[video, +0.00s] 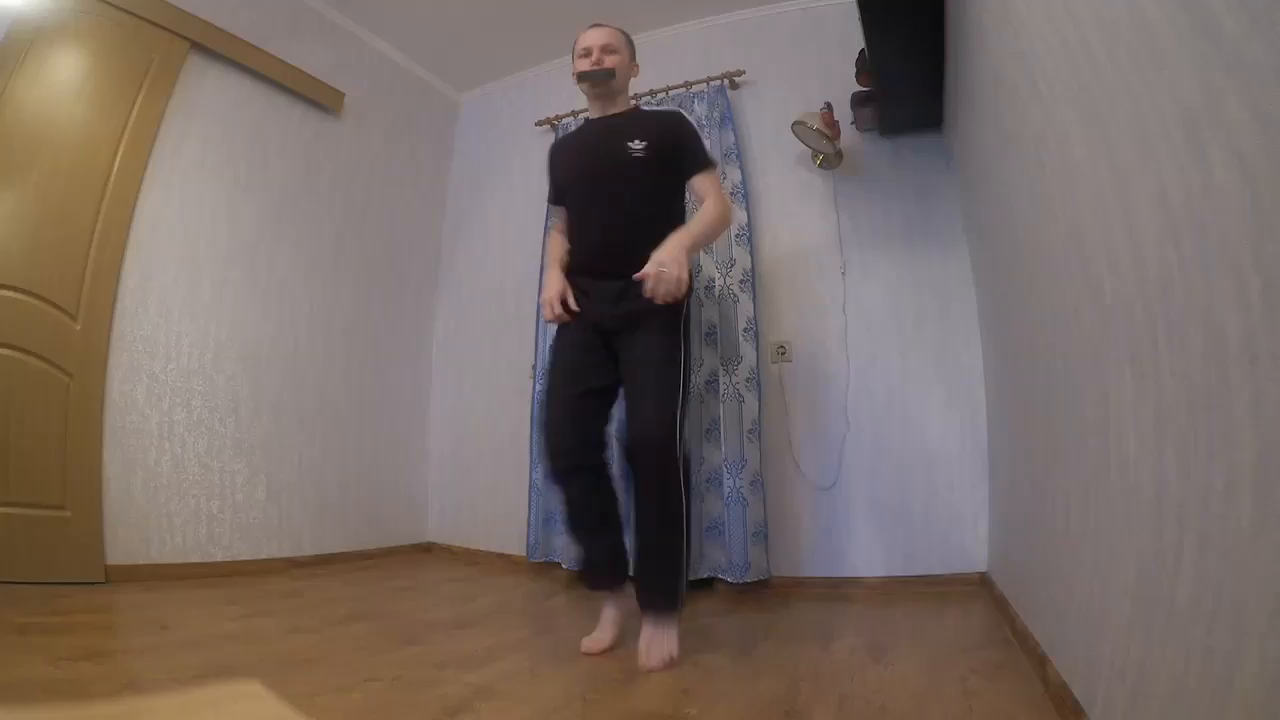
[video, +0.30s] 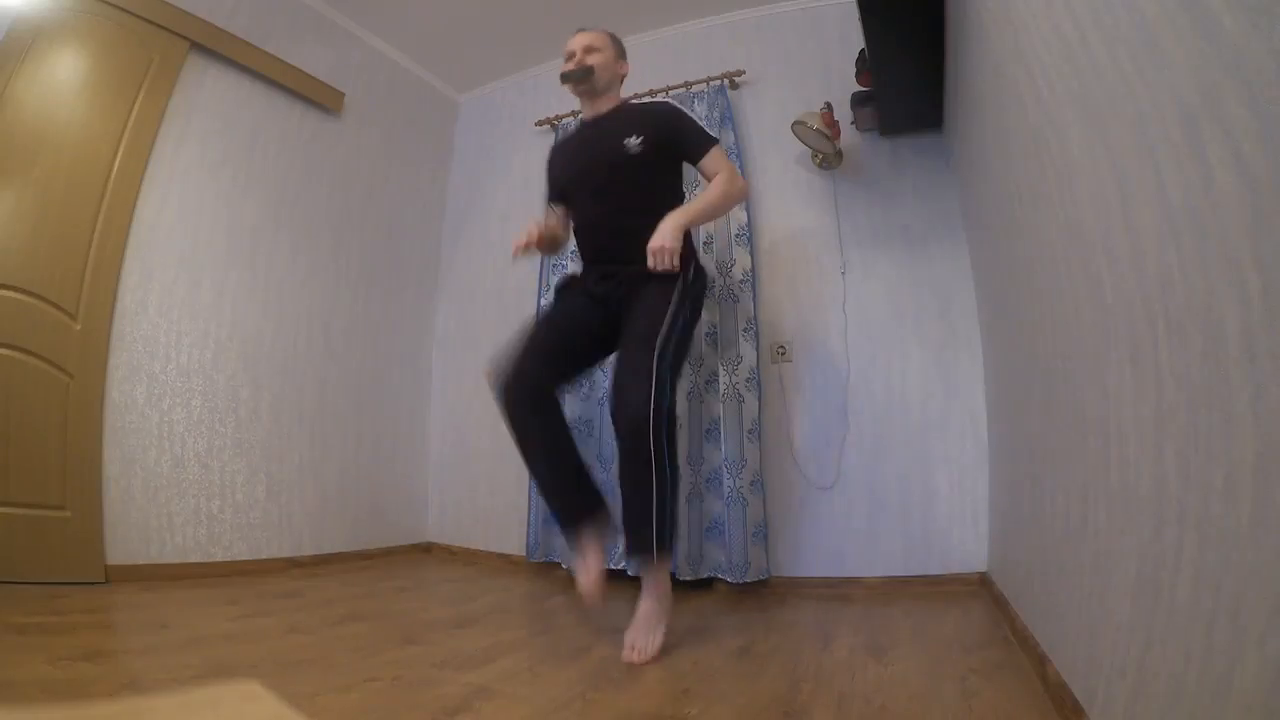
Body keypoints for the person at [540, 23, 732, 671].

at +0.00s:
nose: (594, 59)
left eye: (607, 51)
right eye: (583, 53)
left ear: (633, 67)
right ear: (574, 71)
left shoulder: (668, 127)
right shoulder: (564, 148)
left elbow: (718, 206)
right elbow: (559, 227)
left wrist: (680, 245)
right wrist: (553, 271)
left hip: (653, 311)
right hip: (585, 314)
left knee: (652, 444)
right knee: (568, 448)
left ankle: (660, 607)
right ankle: (614, 592)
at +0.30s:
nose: (575, 58)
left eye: (589, 50)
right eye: (567, 55)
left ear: (621, 68)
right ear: (564, 77)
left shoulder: (657, 118)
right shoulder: (564, 150)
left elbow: (731, 184)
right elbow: (560, 226)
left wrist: (677, 220)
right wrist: (543, 234)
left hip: (665, 281)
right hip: (598, 288)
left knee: (637, 403)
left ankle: (655, 582)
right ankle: (586, 523)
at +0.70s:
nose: (592, 84)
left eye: (607, 76)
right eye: (584, 80)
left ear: (635, 96)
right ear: (576, 103)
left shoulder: (670, 162)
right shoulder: (559, 169)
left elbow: (709, 240)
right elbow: (522, 252)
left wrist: (671, 248)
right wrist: (515, 242)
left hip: (659, 306)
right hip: (591, 317)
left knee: (616, 257)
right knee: (597, 459)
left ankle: (634, 446)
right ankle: (621, 596)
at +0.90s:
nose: (589, 73)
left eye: (605, 66)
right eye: (583, 69)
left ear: (634, 87)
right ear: (579, 96)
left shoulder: (662, 139)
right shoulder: (587, 168)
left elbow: (720, 206)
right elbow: (598, 255)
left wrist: (636, 207)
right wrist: (552, 260)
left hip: (661, 302)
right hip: (603, 301)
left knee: (655, 446)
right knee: (502, 311)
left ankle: (669, 600)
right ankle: (564, 452)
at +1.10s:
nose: (609, 65)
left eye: (623, 59)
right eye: (601, 62)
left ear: (650, 82)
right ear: (594, 87)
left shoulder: (677, 135)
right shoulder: (586, 150)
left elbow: (710, 207)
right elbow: (588, 223)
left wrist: (621, 165)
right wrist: (574, 248)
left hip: (663, 290)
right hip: (600, 293)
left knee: (641, 410)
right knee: (547, 412)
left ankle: (667, 572)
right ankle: (596, 551)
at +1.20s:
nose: (610, 83)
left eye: (623, 74)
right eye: (602, 79)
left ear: (651, 93)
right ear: (594, 100)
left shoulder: (685, 162)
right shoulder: (580, 172)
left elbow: (721, 246)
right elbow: (547, 258)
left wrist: (666, 242)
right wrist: (539, 233)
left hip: (671, 297)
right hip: (602, 307)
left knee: (621, 284)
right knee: (617, 444)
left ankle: (653, 449)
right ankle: (637, 591)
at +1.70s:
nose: (617, 78)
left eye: (630, 69)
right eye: (609, 74)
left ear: (660, 88)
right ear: (602, 96)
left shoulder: (696, 155)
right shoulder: (588, 167)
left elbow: (737, 234)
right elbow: (560, 257)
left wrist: (679, 235)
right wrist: (556, 241)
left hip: (684, 286)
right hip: (618, 300)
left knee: (642, 323)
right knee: (636, 447)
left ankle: (685, 481)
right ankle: (655, 597)